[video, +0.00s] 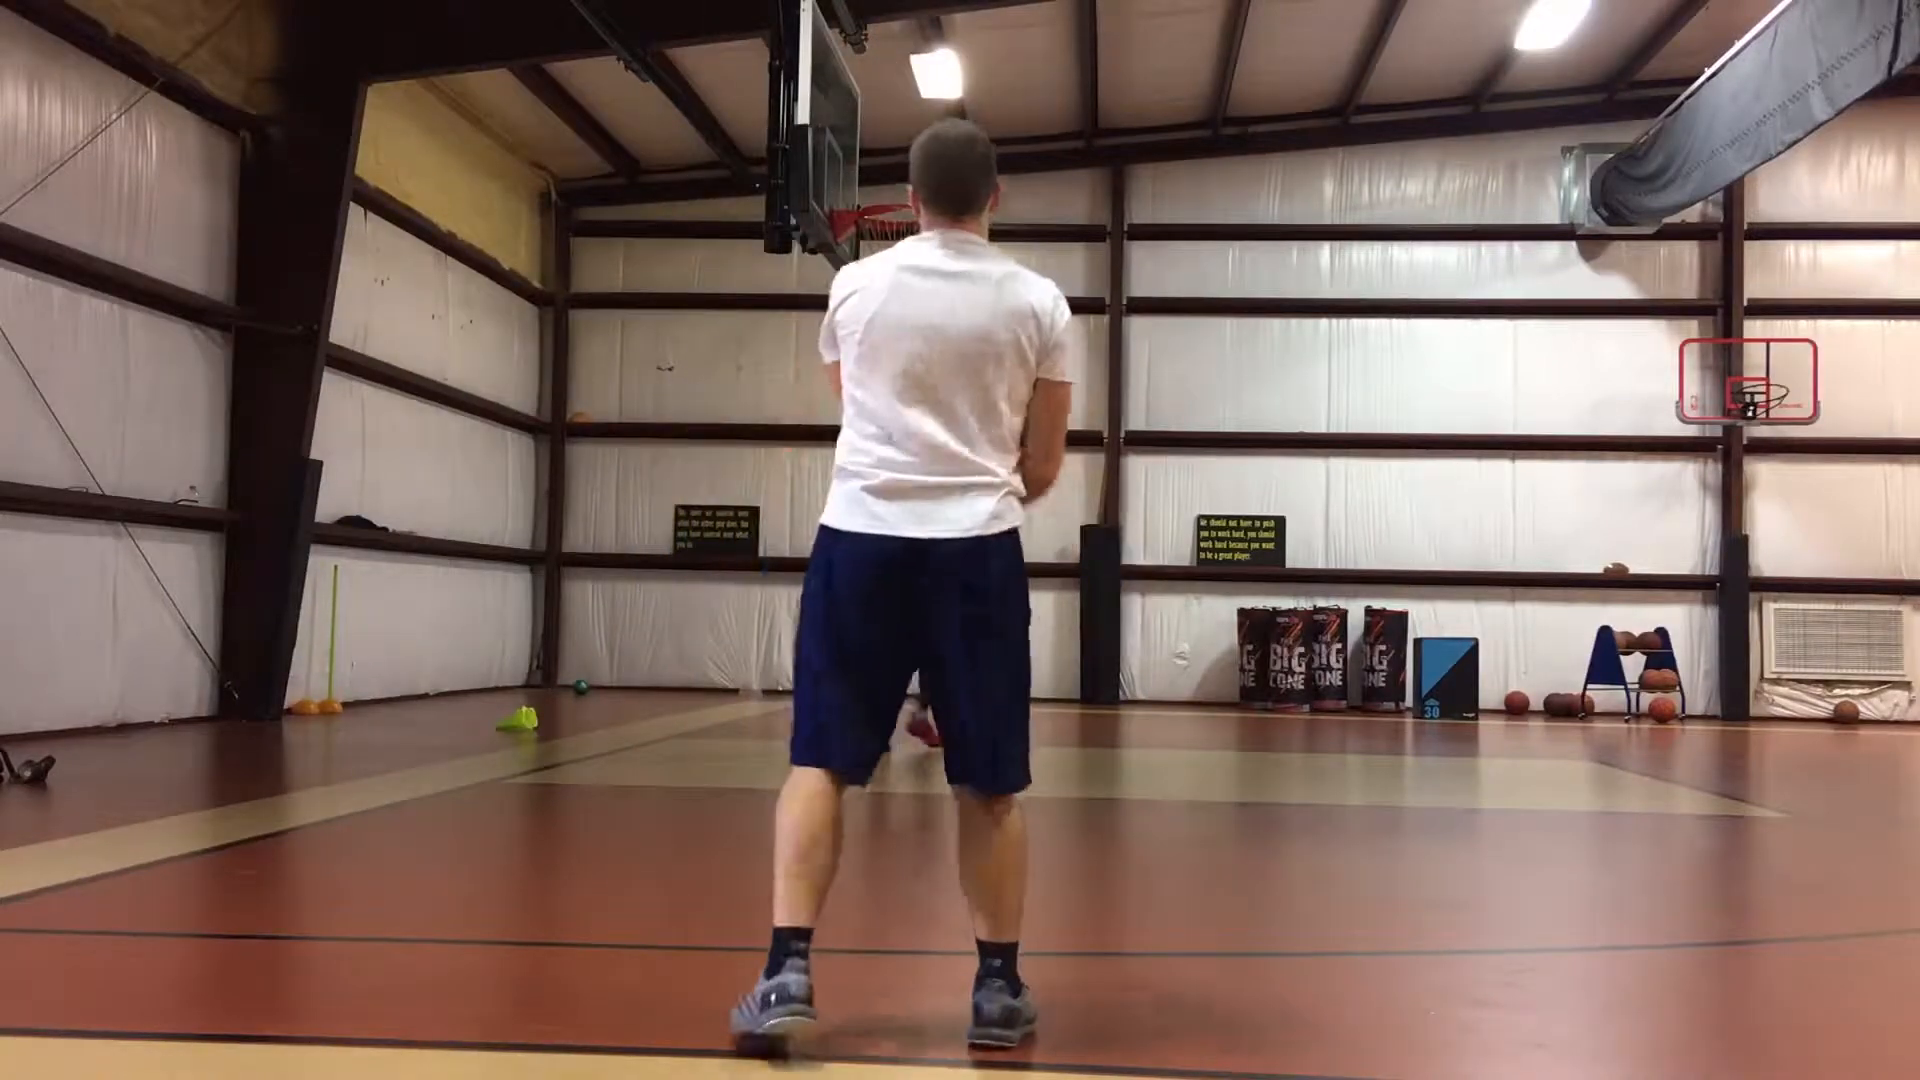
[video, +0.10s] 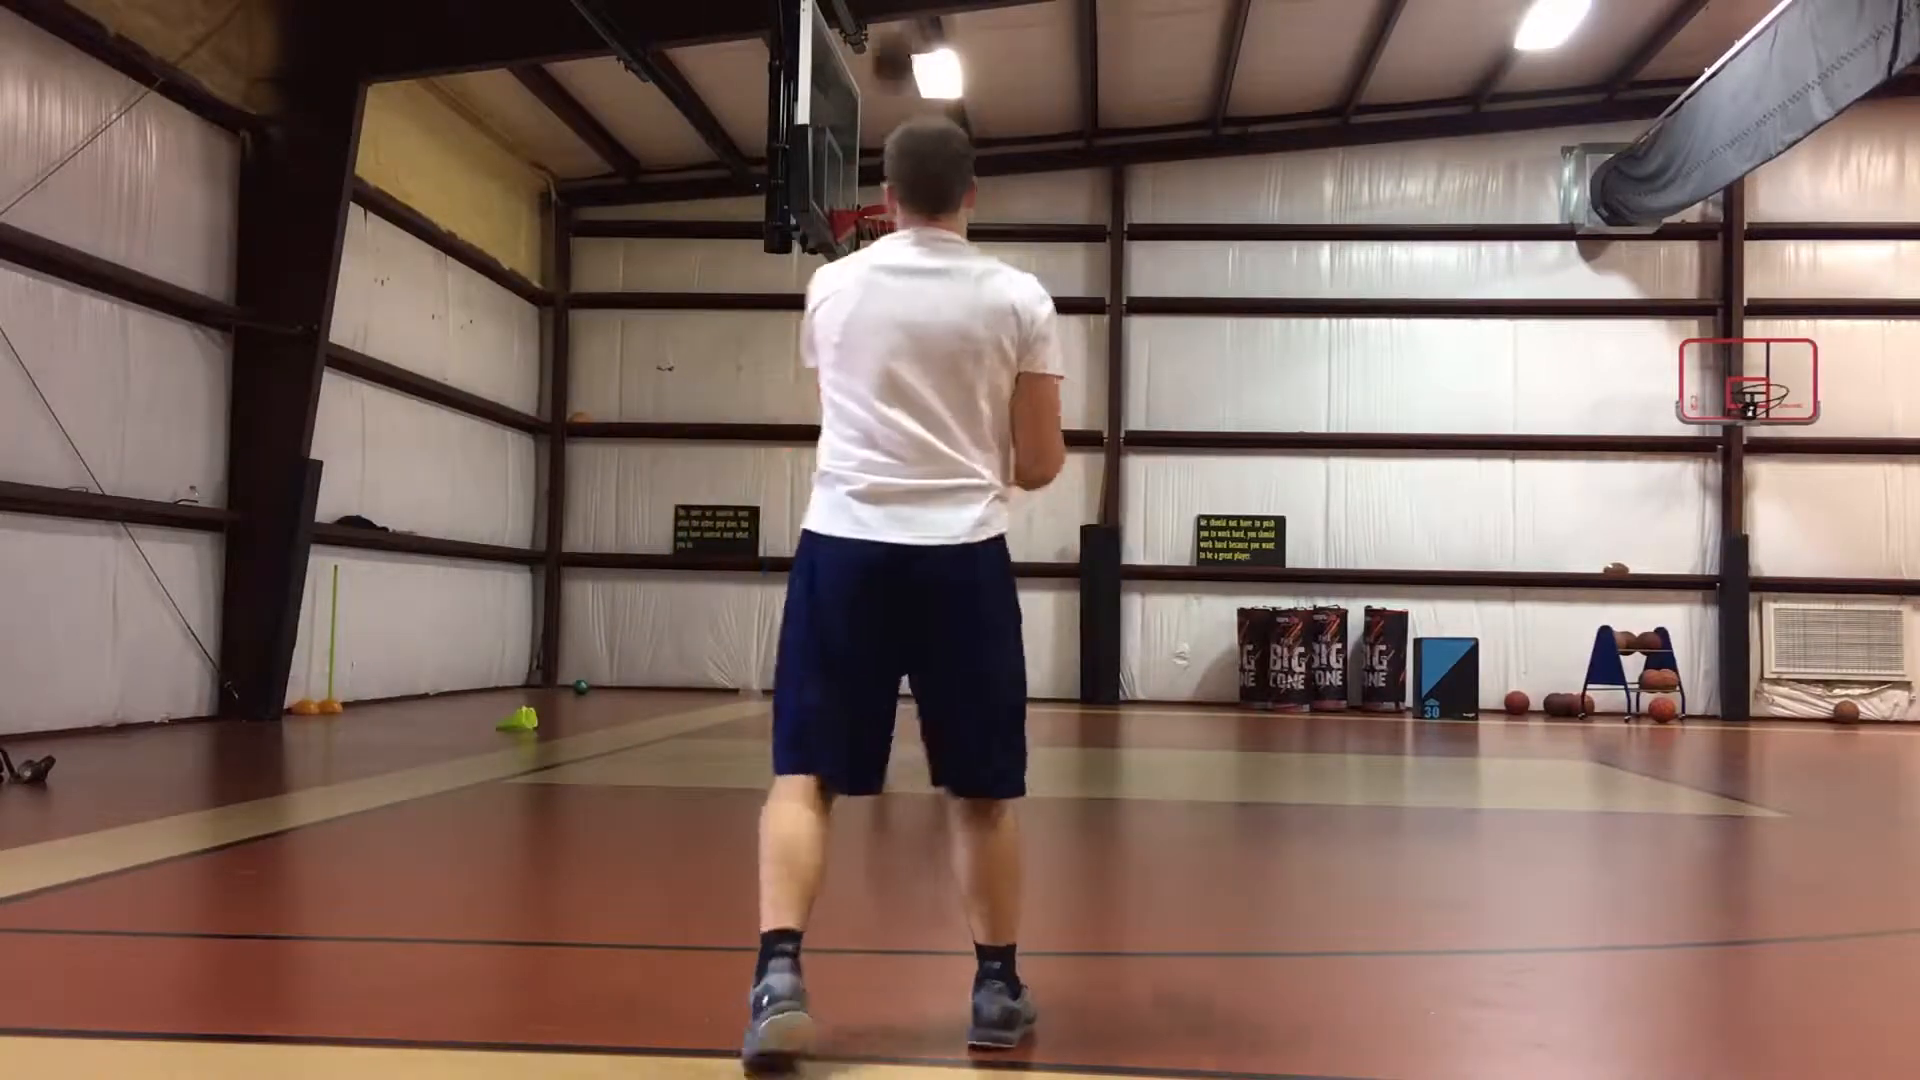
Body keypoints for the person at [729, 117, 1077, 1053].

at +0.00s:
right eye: (995, 189)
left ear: (913, 195)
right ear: (997, 197)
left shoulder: (856, 285)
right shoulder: (1039, 302)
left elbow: (849, 407)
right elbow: (1042, 468)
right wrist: (969, 498)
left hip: (858, 552)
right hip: (978, 559)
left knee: (818, 756)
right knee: (991, 782)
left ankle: (788, 969)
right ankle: (997, 984)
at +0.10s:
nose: (885, 202)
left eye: (882, 189)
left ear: (885, 196)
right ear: (971, 196)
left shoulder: (833, 288)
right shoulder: (1019, 300)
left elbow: (838, 402)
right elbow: (1038, 464)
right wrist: (964, 439)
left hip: (842, 563)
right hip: (964, 570)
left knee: (802, 770)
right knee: (986, 789)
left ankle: (779, 978)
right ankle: (998, 987)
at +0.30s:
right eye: (912, 176)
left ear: (817, 186)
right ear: (905, 184)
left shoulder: (760, 283)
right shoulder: (951, 280)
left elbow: (750, 437)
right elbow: (991, 427)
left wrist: (826, 487)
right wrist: (1055, 505)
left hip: (782, 562)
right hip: (910, 566)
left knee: (781, 790)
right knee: (946, 790)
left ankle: (775, 1023)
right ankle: (989, 986)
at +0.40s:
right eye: (882, 163)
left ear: (789, 173)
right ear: (878, 169)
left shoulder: (729, 274)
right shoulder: (925, 262)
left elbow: (718, 443)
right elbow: (952, 416)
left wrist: (755, 535)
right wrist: (1015, 526)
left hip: (757, 557)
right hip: (889, 558)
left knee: (769, 790)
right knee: (920, 780)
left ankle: (774, 1027)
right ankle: (948, 998)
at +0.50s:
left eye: (775, 153)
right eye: (856, 151)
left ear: (765, 160)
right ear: (860, 155)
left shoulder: (710, 262)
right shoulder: (904, 250)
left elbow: (675, 432)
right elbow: (931, 407)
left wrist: (642, 558)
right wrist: (978, 529)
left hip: (738, 556)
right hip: (871, 555)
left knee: (760, 790)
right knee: (892, 779)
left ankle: (772, 1030)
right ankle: (866, 988)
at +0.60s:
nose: (852, 159)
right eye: (856, 146)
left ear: (751, 152)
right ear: (846, 149)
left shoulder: (690, 255)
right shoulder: (887, 243)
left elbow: (616, 404)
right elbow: (926, 404)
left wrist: (570, 538)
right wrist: (967, 509)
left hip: (715, 545)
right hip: (840, 544)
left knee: (751, 785)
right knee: (851, 789)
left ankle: (771, 1019)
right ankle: (771, 988)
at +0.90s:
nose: (790, 150)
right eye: (795, 137)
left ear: (688, 131)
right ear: (788, 138)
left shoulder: (606, 213)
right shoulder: (822, 239)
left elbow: (524, 357)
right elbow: (891, 427)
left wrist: (516, 507)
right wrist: (931, 568)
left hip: (587, 517)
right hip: (729, 523)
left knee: (572, 791)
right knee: (691, 810)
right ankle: (681, 1063)